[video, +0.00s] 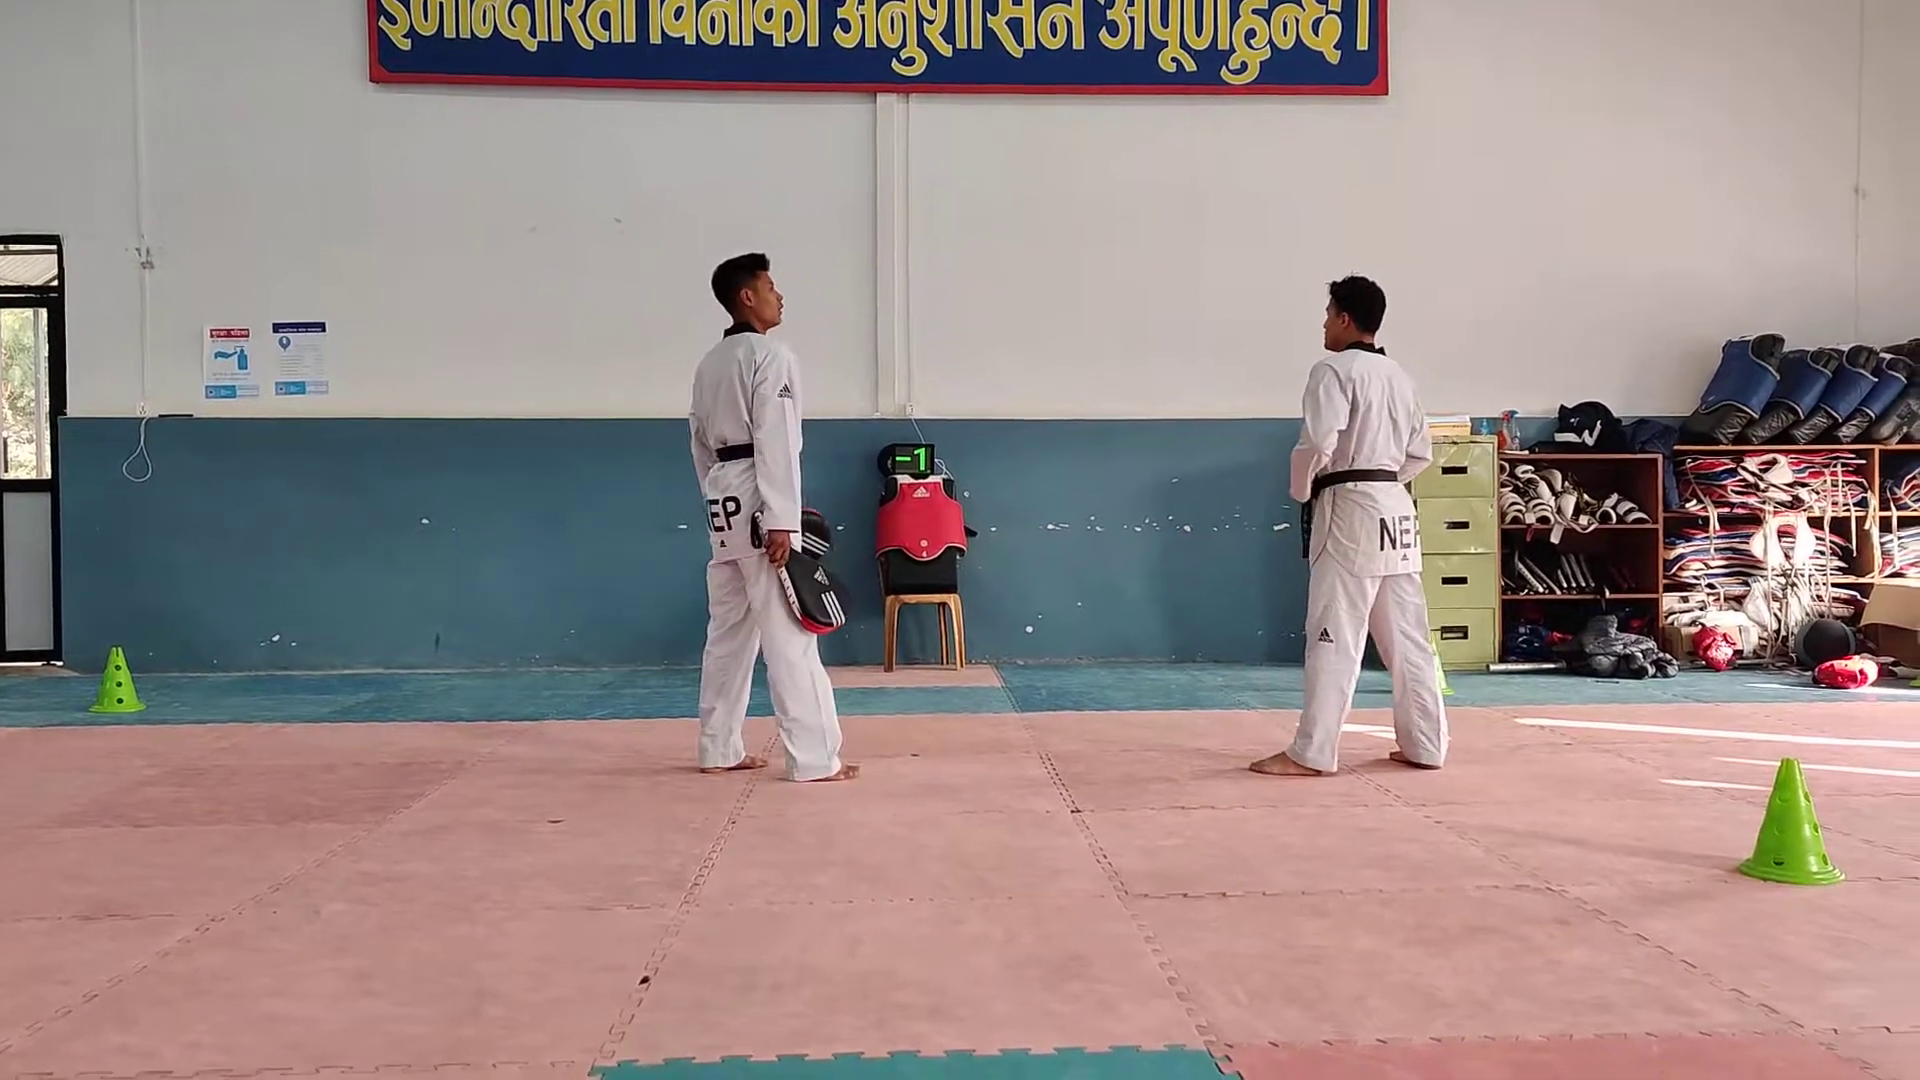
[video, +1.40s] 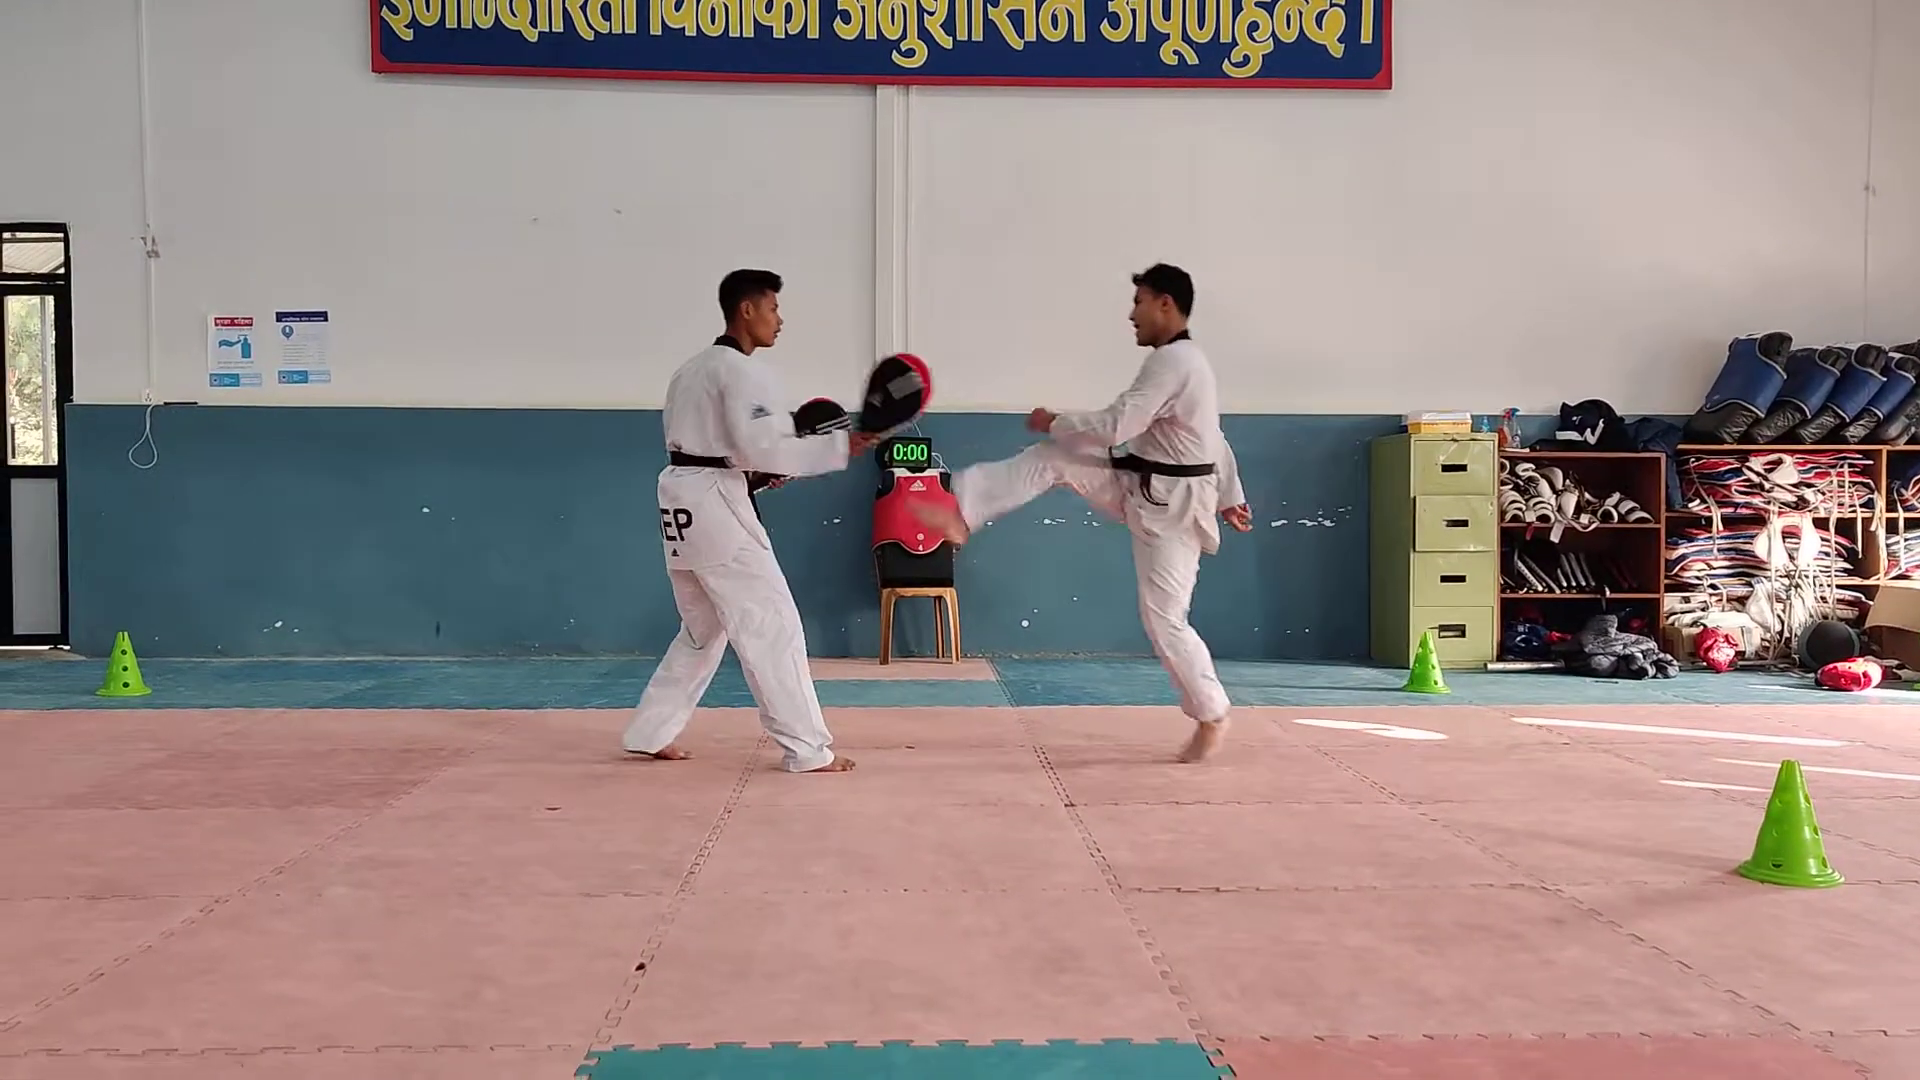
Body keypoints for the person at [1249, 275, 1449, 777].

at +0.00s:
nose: (1324, 322)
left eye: (1330, 313)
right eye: (1327, 312)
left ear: (1346, 319)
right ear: (1371, 324)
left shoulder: (1332, 369)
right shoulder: (1398, 376)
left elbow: (1316, 442)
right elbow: (1421, 451)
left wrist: (1299, 491)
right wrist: (1382, 483)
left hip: (1349, 508)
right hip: (1398, 508)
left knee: (1333, 633)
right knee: (1409, 635)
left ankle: (1313, 752)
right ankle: (1424, 746)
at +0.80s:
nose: (1286, 334)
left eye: (1294, 325)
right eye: (1288, 324)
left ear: (1324, 332)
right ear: (1326, 334)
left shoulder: (1318, 380)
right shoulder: (1363, 389)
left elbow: (1334, 451)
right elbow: (1387, 463)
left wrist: (1284, 473)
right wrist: (1350, 497)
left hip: (1335, 516)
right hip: (1375, 517)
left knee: (1294, 635)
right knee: (1393, 637)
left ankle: (1276, 753)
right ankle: (1432, 742)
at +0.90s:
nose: (1274, 343)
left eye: (1283, 334)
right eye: (1276, 334)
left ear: (1313, 343)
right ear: (1310, 345)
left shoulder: (1320, 393)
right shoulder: (1312, 396)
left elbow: (1348, 463)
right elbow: (1320, 472)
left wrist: (1277, 494)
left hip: (1328, 527)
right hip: (1350, 527)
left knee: (1269, 631)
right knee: (1387, 641)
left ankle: (1258, 752)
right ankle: (1435, 741)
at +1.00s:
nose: (1258, 362)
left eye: (1267, 354)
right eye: (1261, 353)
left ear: (1297, 363)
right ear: (1291, 364)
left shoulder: (1313, 411)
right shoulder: (1272, 426)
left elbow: (1351, 451)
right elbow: (1242, 476)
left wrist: (1287, 419)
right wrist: (1188, 456)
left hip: (1308, 545)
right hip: (1325, 545)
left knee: (1236, 642)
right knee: (1382, 654)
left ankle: (1244, 759)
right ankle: (1439, 752)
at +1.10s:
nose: (1243, 342)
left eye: (1251, 334)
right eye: (1245, 333)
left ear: (1278, 342)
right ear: (1271, 339)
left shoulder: (1292, 391)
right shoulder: (1232, 397)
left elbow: (1318, 413)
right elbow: (1180, 429)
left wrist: (1264, 372)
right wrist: (1156, 393)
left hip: (1275, 528)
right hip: (1251, 531)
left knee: (1231, 641)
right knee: (1296, 647)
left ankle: (1253, 759)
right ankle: (1383, 701)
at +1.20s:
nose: (1217, 330)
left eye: (1225, 319)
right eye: (1219, 320)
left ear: (1255, 321)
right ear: (1249, 322)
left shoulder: (1286, 372)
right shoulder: (1220, 385)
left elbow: (1248, 417)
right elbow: (1192, 453)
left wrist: (1176, 437)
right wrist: (1149, 499)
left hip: (1250, 507)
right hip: (1198, 500)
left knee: (1237, 623)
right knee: (1122, 563)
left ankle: (1251, 752)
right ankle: (1205, 631)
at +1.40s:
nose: (1132, 312)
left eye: (1139, 302)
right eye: (1133, 302)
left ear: (1167, 306)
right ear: (1169, 308)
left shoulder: (1173, 361)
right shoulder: (1184, 359)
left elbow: (1116, 426)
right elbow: (1209, 437)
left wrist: (1055, 423)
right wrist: (1230, 494)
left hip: (1172, 506)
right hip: (1135, 487)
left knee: (1164, 621)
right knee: (1056, 455)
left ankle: (1212, 714)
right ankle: (964, 513)